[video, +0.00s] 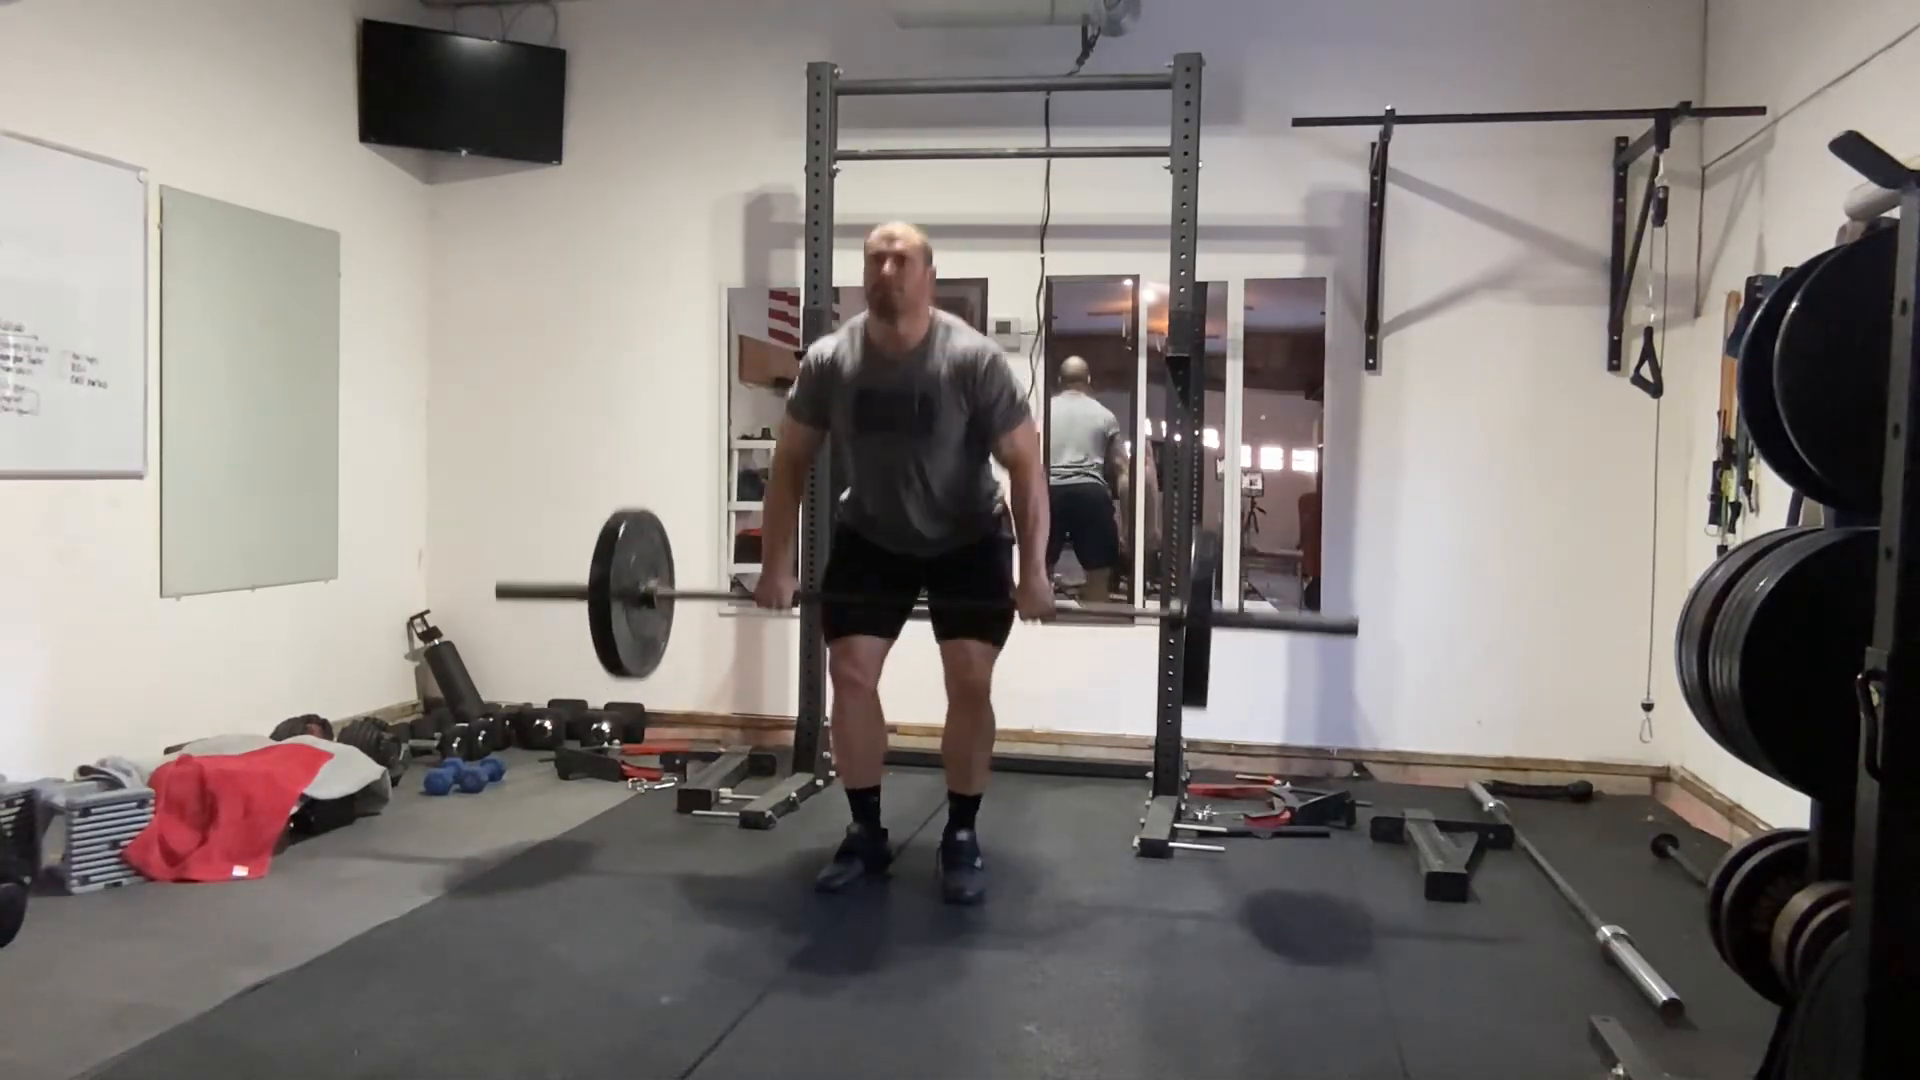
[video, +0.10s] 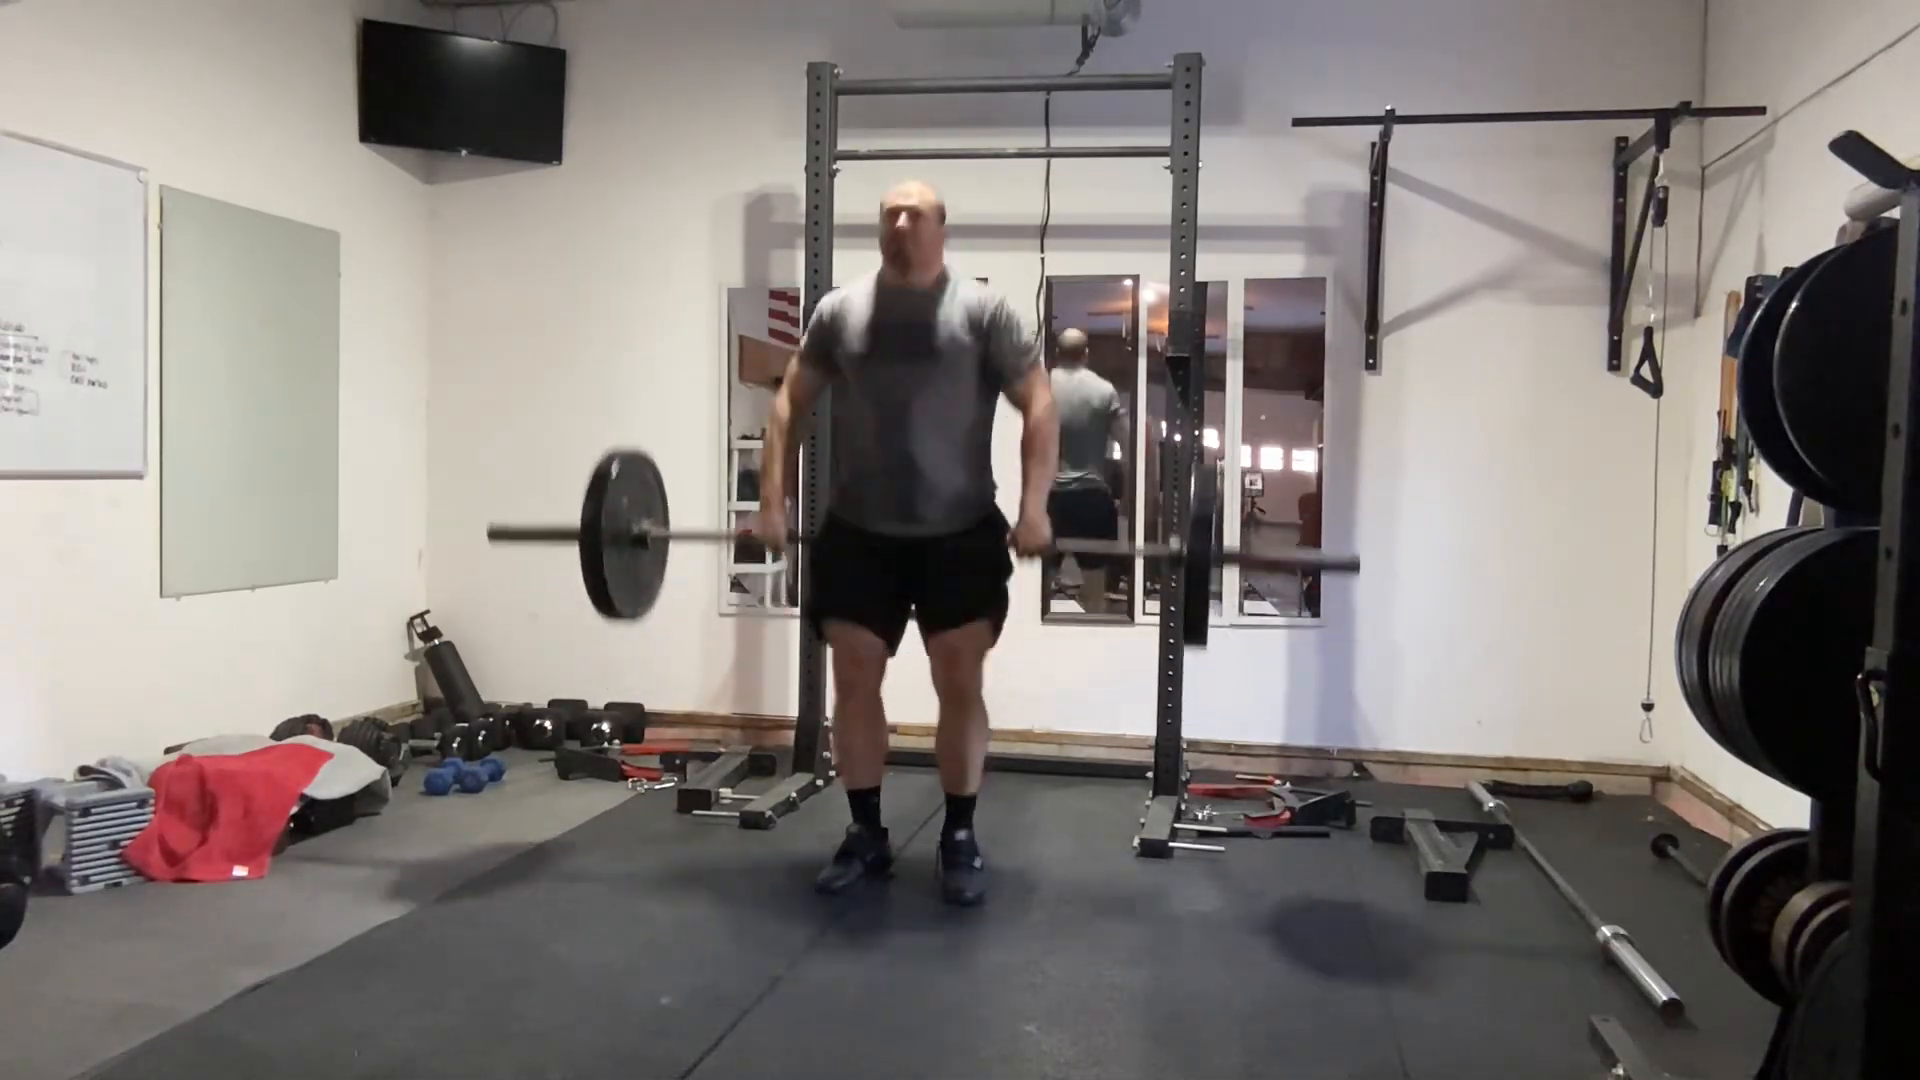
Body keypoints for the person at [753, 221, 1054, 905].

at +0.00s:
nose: (887, 270)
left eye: (901, 259)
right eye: (877, 259)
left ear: (929, 274)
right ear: (862, 275)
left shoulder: (976, 360)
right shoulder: (828, 362)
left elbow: (1027, 467)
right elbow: (790, 463)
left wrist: (1034, 569)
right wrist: (774, 562)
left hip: (966, 538)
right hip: (872, 537)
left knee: (971, 679)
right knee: (849, 671)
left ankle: (962, 837)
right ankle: (865, 838)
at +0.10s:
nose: (899, 223)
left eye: (914, 213)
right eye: (890, 213)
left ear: (943, 231)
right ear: (877, 231)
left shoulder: (984, 312)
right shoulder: (840, 312)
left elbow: (1039, 405)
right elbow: (790, 400)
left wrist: (1034, 507)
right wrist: (772, 502)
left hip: (958, 534)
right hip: (858, 532)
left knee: (960, 683)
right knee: (853, 680)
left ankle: (959, 839)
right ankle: (865, 837)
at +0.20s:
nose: (915, 211)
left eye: (930, 204)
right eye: (904, 203)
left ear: (954, 224)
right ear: (889, 221)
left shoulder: (989, 288)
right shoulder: (851, 289)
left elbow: (1051, 361)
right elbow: (791, 362)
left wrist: (1037, 425)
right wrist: (770, 418)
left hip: (954, 486)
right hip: (862, 483)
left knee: (950, 647)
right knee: (857, 648)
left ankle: (962, 827)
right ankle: (853, 822)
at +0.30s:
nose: (911, 218)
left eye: (927, 209)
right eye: (900, 208)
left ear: (952, 227)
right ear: (885, 225)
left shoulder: (988, 290)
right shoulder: (850, 296)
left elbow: (1049, 348)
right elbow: (808, 363)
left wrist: (1043, 354)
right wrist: (780, 362)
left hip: (951, 481)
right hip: (859, 481)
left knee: (949, 646)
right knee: (856, 654)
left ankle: (964, 830)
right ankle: (855, 824)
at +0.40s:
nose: (900, 213)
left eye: (916, 205)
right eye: (891, 206)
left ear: (945, 229)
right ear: (878, 229)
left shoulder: (978, 302)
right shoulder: (844, 305)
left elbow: (1047, 398)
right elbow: (811, 407)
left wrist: (1040, 342)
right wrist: (783, 350)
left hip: (948, 499)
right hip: (859, 497)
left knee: (949, 670)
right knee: (860, 671)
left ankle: (961, 838)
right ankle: (864, 836)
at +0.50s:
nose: (899, 216)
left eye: (915, 208)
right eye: (889, 209)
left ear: (945, 233)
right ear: (878, 234)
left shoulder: (981, 320)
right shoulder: (838, 322)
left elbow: (1037, 422)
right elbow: (791, 418)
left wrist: (1037, 329)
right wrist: (778, 331)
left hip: (944, 513)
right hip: (855, 511)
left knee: (947, 679)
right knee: (861, 678)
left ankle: (959, 839)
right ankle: (866, 837)